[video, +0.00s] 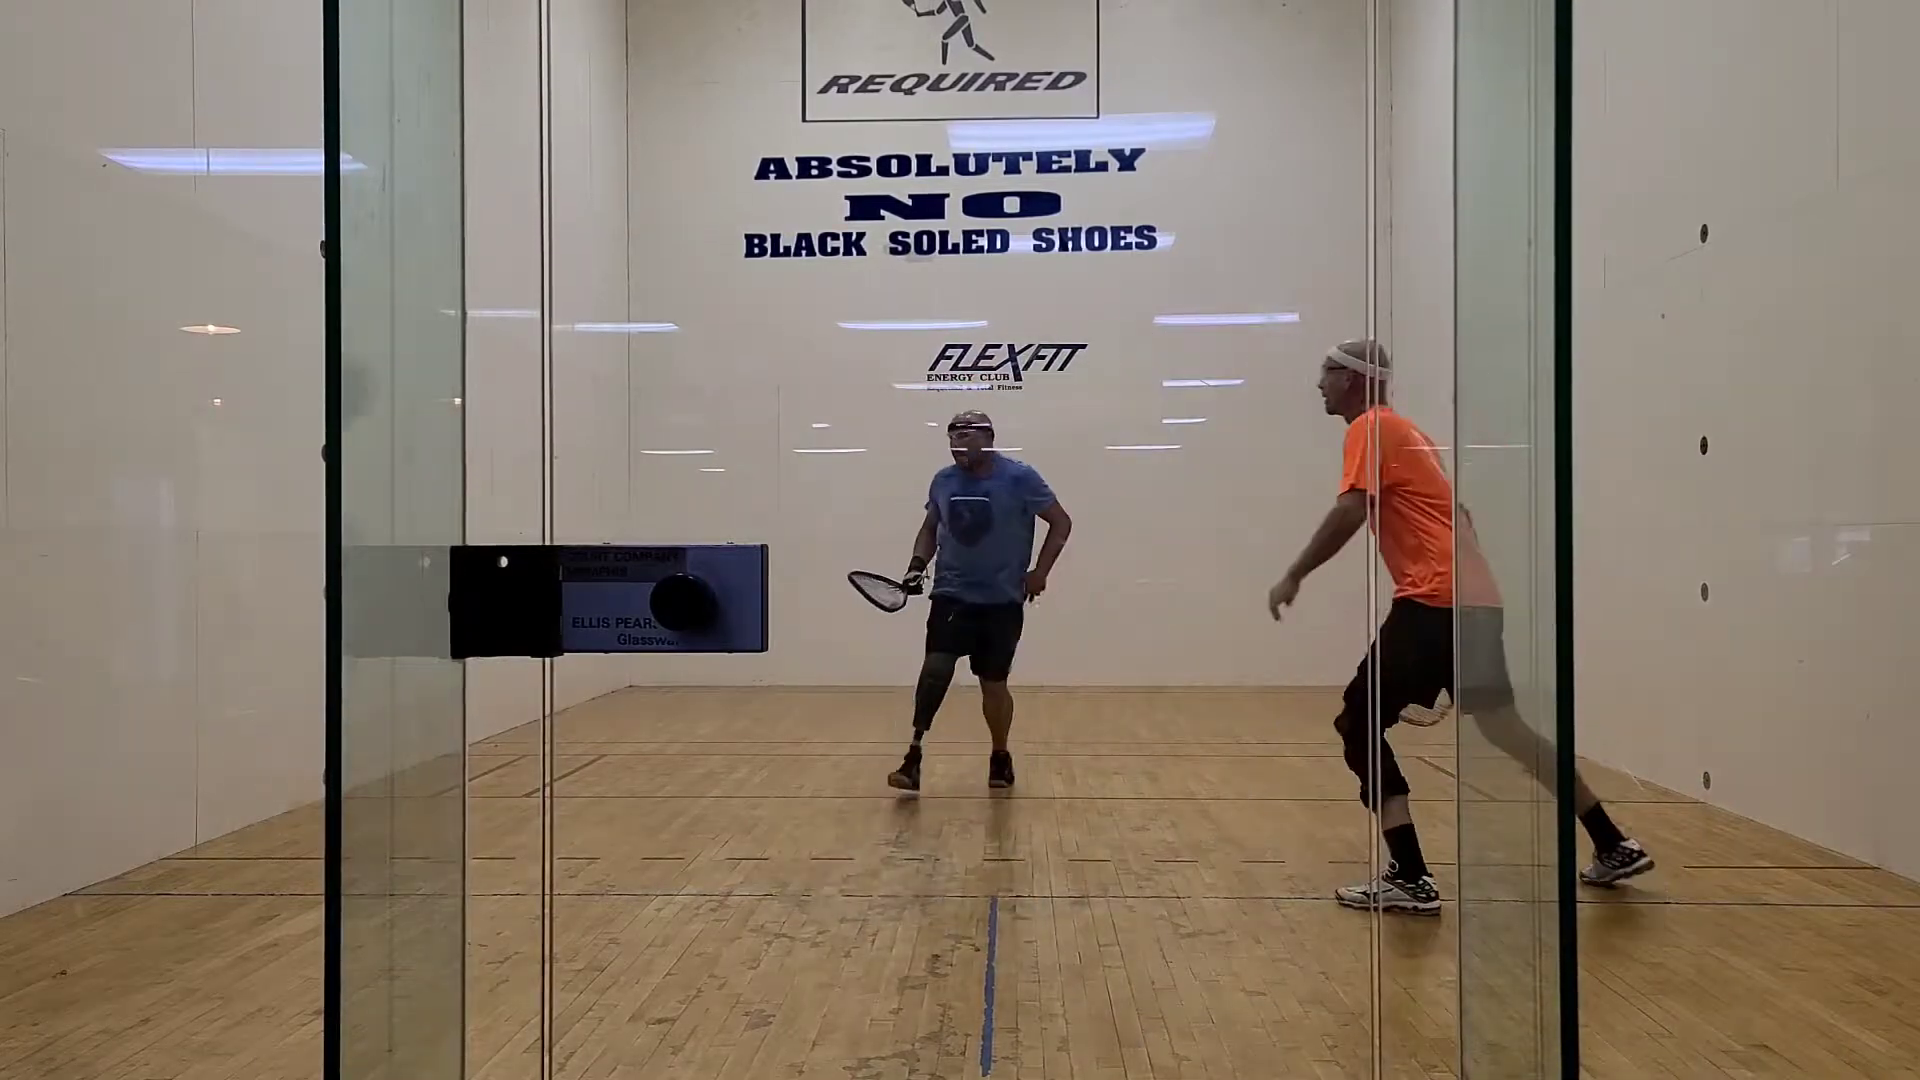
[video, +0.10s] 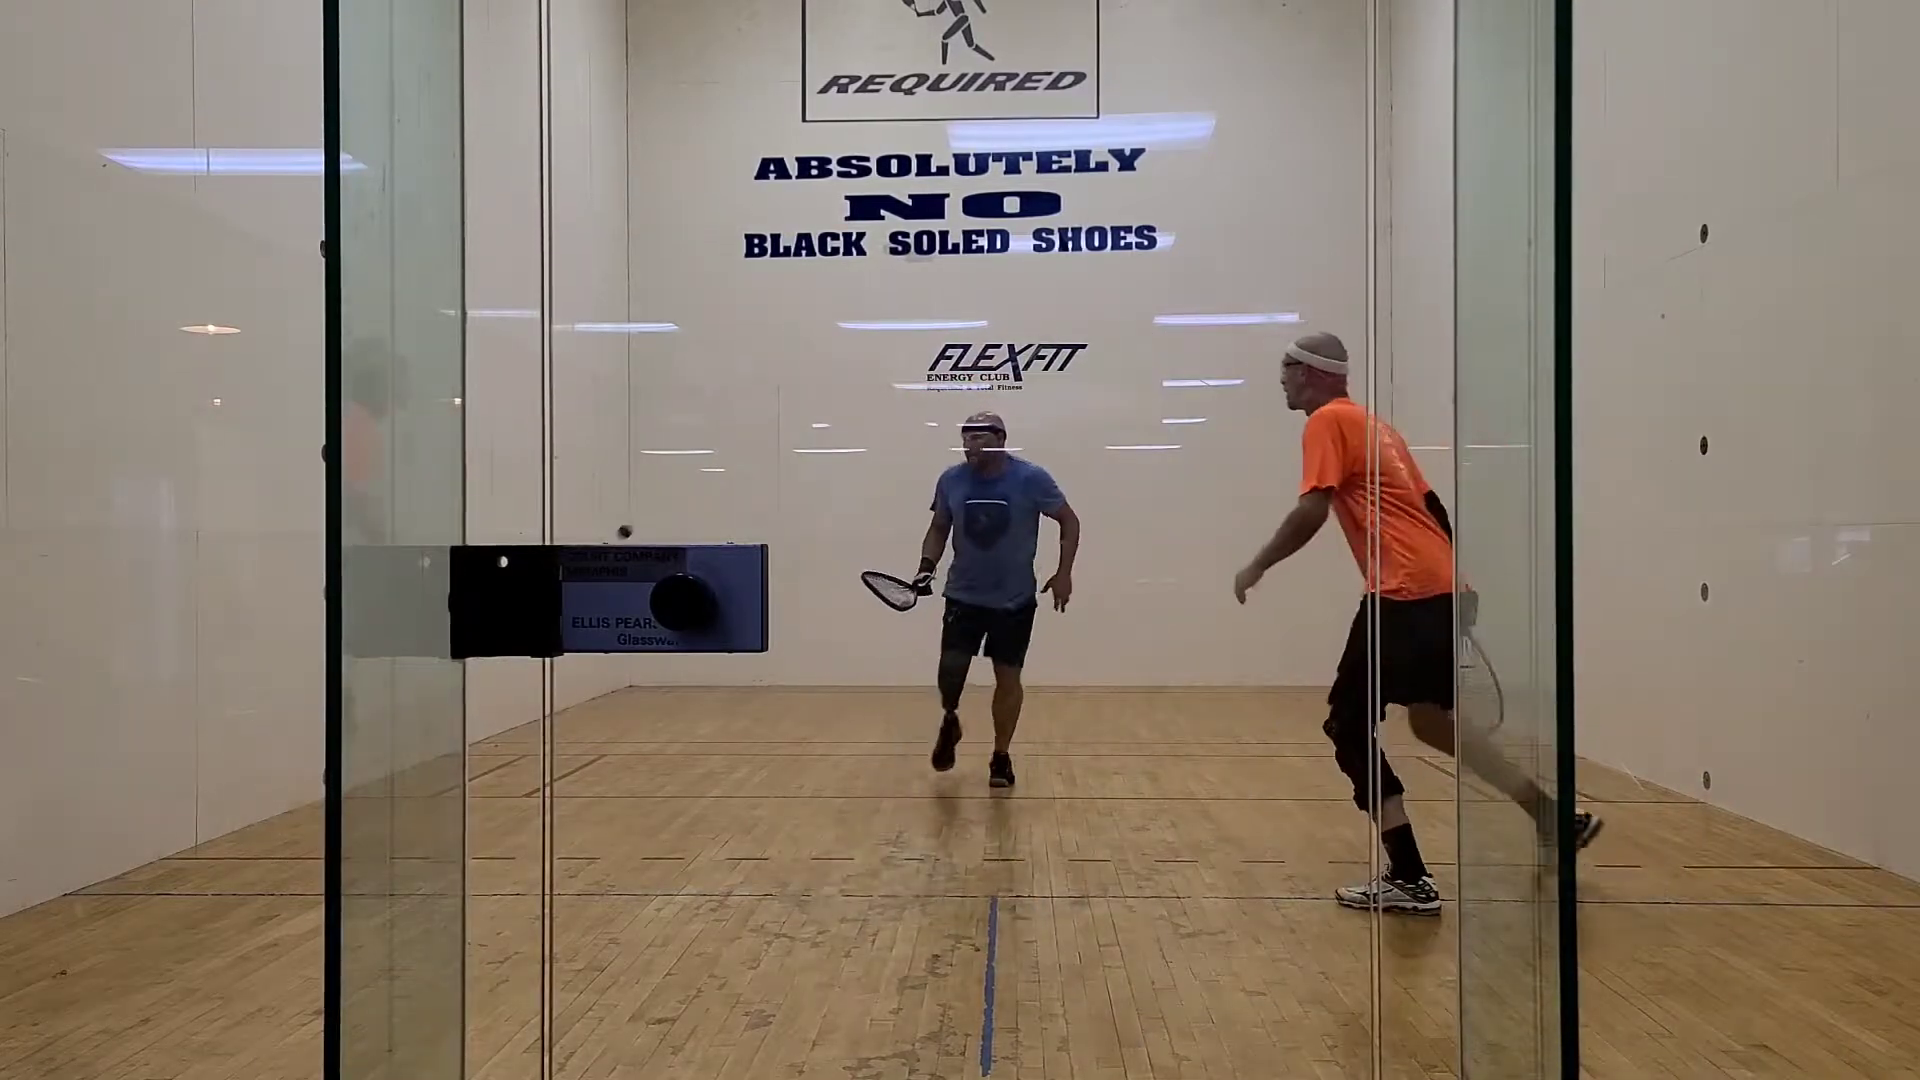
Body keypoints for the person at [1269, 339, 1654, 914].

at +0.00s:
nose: (1320, 387)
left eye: (1328, 377)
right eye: (1322, 377)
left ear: (1358, 380)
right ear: (1373, 383)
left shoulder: (1368, 427)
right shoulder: (1410, 432)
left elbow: (1351, 510)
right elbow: (1459, 515)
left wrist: (1294, 574)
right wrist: (1464, 587)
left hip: (1430, 605)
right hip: (1478, 605)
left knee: (1358, 721)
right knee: (1505, 727)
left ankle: (1409, 875)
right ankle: (1613, 844)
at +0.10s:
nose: (1283, 384)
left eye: (1290, 373)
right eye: (1284, 374)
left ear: (1318, 374)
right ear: (1335, 375)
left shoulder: (1326, 422)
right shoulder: (1376, 425)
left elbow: (1313, 510)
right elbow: (1431, 507)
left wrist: (1254, 568)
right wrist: (1454, 584)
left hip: (1396, 592)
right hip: (1438, 588)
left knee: (1349, 727)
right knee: (1433, 722)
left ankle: (1409, 878)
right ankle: (1556, 817)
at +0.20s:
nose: (1254, 378)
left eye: (1257, 367)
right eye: (1255, 367)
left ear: (1277, 366)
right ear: (1306, 366)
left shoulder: (1282, 417)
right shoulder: (1356, 417)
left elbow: (1270, 510)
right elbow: (1404, 495)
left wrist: (1233, 556)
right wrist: (1432, 572)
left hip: (1364, 586)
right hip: (1407, 579)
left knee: (1344, 727)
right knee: (1366, 708)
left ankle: (1408, 875)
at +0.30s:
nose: (1223, 368)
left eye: (1227, 358)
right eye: (1225, 358)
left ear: (1244, 361)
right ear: (1277, 361)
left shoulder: (1243, 414)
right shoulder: (1328, 411)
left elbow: (1232, 506)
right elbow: (1375, 490)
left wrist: (1216, 546)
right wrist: (1399, 564)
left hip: (1331, 582)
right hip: (1369, 574)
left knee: (1338, 732)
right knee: (1290, 685)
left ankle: (1408, 874)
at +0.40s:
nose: (1192, 370)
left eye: (1196, 361)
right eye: (1195, 360)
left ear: (1209, 366)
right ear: (1245, 366)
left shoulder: (1207, 417)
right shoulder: (1293, 416)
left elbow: (1192, 509)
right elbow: (1339, 491)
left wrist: (1193, 547)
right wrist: (1361, 559)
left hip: (1298, 584)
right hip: (1329, 575)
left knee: (1320, 733)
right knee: (1240, 689)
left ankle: (1405, 869)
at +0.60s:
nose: (1133, 391)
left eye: (1137, 383)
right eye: (1136, 382)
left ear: (1150, 384)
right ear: (1180, 388)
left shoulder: (1140, 422)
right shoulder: (1212, 440)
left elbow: (1124, 502)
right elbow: (1256, 519)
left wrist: (1116, 580)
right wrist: (1277, 597)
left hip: (1201, 596)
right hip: (1230, 594)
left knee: (1210, 742)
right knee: (1138, 698)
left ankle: (1340, 833)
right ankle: (1130, 840)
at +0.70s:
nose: (1108, 394)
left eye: (1110, 387)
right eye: (1113, 387)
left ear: (1113, 386)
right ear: (1154, 390)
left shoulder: (1109, 419)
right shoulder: (1186, 443)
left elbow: (1091, 506)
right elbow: (1222, 529)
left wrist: (1077, 591)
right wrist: (1229, 600)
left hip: (1156, 586)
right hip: (1201, 589)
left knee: (1130, 725)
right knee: (1128, 715)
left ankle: (1254, 814)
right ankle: (1128, 839)